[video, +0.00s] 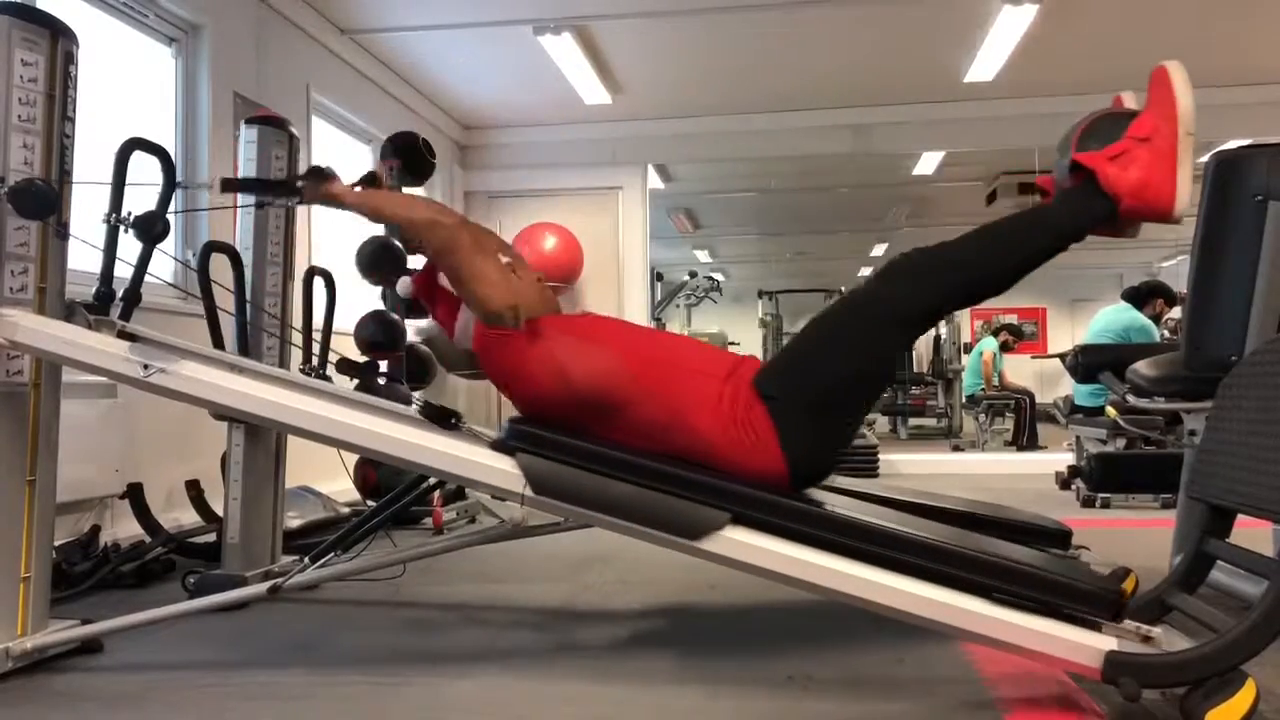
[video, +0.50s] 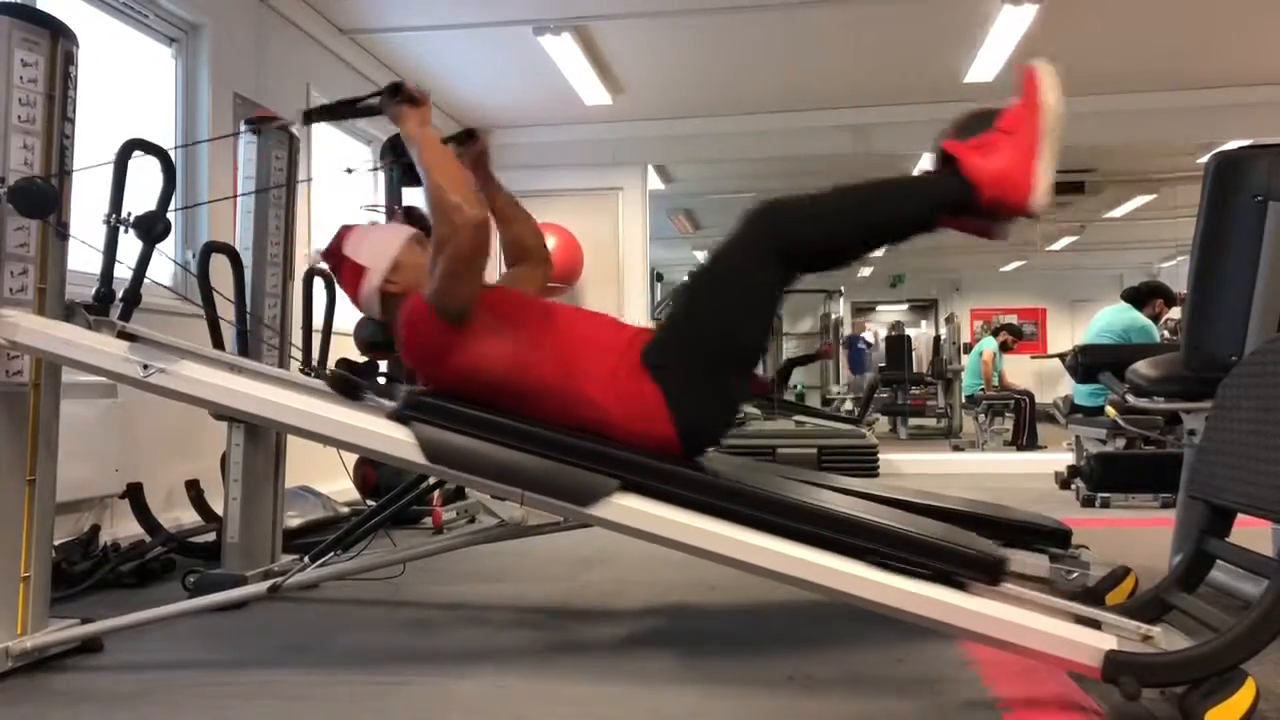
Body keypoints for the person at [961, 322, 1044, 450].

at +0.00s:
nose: (1014, 347)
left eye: (1016, 344)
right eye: (1014, 342)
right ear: (1004, 334)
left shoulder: (997, 352)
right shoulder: (990, 342)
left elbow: (1004, 383)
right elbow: (986, 361)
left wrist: (1023, 389)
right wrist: (989, 390)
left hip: (983, 392)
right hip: (975, 393)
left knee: (1026, 397)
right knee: (1025, 398)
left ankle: (1021, 442)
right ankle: (1025, 443)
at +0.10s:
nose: (1014, 347)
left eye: (1016, 344)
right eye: (1014, 342)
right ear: (1004, 334)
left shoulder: (997, 352)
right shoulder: (990, 341)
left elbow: (1004, 382)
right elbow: (986, 360)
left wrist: (1024, 390)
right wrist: (989, 390)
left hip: (983, 392)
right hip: (975, 393)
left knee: (1026, 398)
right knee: (1025, 399)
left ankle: (1020, 442)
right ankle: (1025, 443)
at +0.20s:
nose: (1014, 347)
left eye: (1016, 344)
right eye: (1014, 341)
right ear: (1004, 334)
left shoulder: (997, 352)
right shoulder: (990, 341)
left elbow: (1004, 382)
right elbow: (986, 360)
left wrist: (1023, 390)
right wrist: (989, 390)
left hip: (983, 392)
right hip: (975, 393)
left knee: (1026, 398)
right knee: (1025, 398)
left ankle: (1020, 442)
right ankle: (1025, 443)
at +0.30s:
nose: (1014, 347)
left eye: (1016, 343)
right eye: (1013, 341)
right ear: (1003, 334)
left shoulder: (997, 352)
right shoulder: (990, 341)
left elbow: (1004, 382)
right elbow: (986, 360)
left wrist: (1024, 390)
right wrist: (989, 390)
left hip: (983, 392)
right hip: (975, 393)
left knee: (1026, 398)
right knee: (1025, 399)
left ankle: (1022, 442)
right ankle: (1024, 444)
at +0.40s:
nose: (1014, 346)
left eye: (1016, 343)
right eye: (1014, 341)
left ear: (1003, 335)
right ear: (1003, 334)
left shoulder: (997, 351)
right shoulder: (990, 341)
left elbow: (1004, 382)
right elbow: (986, 360)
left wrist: (1022, 388)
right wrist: (989, 390)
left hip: (983, 392)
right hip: (976, 393)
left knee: (1026, 397)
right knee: (1026, 398)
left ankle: (1021, 442)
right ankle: (1025, 444)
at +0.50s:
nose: (1013, 347)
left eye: (1016, 344)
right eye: (1013, 342)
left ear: (1003, 336)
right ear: (1003, 334)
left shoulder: (997, 351)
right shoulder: (990, 342)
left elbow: (1003, 383)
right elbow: (986, 361)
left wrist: (1020, 389)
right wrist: (988, 390)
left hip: (983, 392)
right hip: (975, 393)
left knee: (1026, 397)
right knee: (1025, 398)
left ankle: (1020, 441)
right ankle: (1025, 444)